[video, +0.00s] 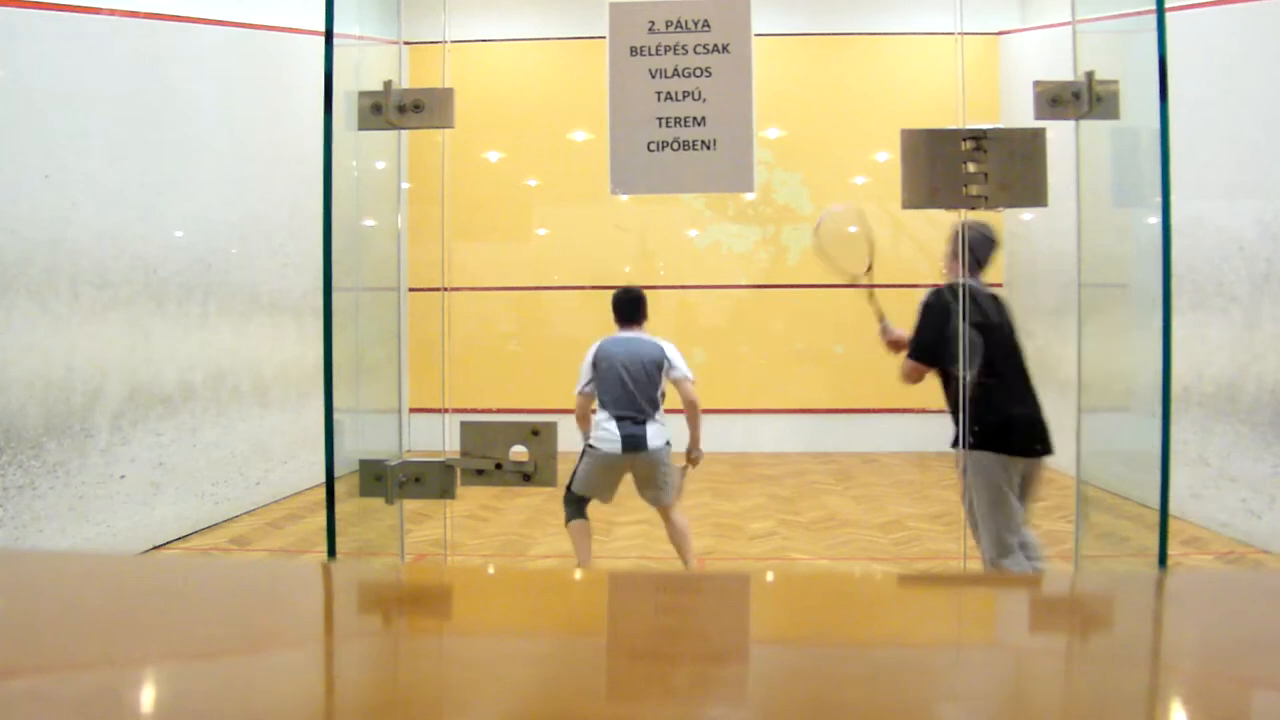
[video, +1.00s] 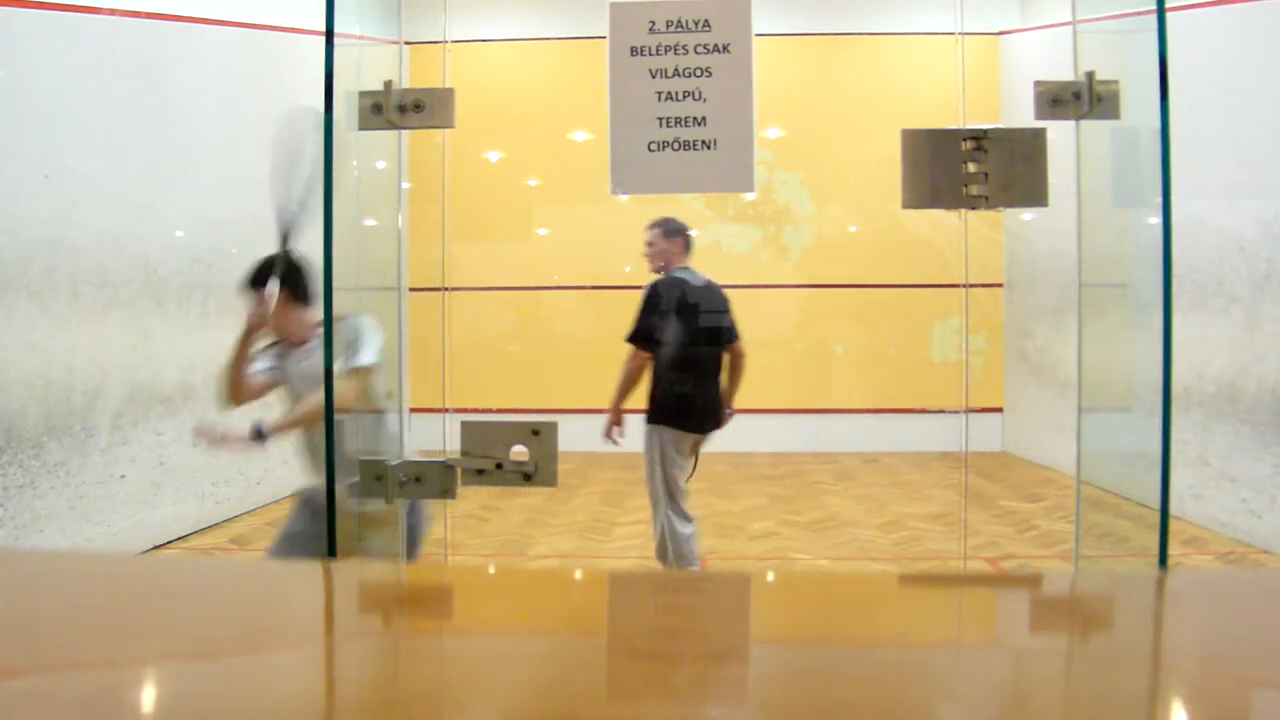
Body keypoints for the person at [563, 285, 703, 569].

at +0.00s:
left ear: (615, 315)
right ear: (645, 314)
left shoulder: (598, 350)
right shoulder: (664, 349)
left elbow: (582, 409)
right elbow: (691, 400)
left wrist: (591, 441)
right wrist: (694, 444)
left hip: (606, 442)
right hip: (651, 441)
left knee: (575, 501)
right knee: (668, 507)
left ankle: (584, 570)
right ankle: (692, 569)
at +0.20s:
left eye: (581, 308)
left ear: (575, 312)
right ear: (603, 312)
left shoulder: (561, 347)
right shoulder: (627, 349)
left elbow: (554, 399)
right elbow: (658, 403)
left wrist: (547, 421)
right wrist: (643, 435)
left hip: (589, 451)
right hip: (632, 446)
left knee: (557, 506)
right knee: (652, 510)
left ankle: (582, 574)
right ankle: (690, 566)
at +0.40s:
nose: (503, 289)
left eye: (504, 283)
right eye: (503, 283)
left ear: (512, 285)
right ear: (537, 284)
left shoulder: (523, 314)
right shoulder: (556, 318)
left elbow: (540, 363)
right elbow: (574, 373)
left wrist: (520, 416)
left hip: (569, 433)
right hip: (592, 429)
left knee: (533, 507)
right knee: (547, 505)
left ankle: (565, 578)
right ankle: (573, 574)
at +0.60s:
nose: (442, 304)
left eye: (446, 295)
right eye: (443, 295)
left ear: (465, 296)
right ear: (464, 298)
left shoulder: (500, 340)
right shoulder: (465, 350)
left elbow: (545, 401)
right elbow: (464, 414)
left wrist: (554, 461)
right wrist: (437, 448)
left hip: (522, 459)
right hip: (495, 460)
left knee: (483, 535)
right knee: (503, 543)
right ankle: (541, 598)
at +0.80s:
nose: (368, 298)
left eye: (373, 287)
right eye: (368, 287)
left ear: (393, 285)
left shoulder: (448, 329)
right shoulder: (389, 338)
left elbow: (467, 404)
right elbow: (357, 400)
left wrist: (442, 437)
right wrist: (322, 393)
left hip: (462, 466)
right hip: (420, 467)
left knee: (441, 569)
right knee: (396, 564)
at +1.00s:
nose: (259, 313)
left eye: (263, 302)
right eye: (258, 303)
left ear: (285, 298)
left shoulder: (357, 329)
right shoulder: (283, 355)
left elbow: (345, 397)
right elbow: (237, 394)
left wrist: (264, 431)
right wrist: (249, 333)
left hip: (386, 499)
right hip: (327, 497)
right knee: (276, 583)